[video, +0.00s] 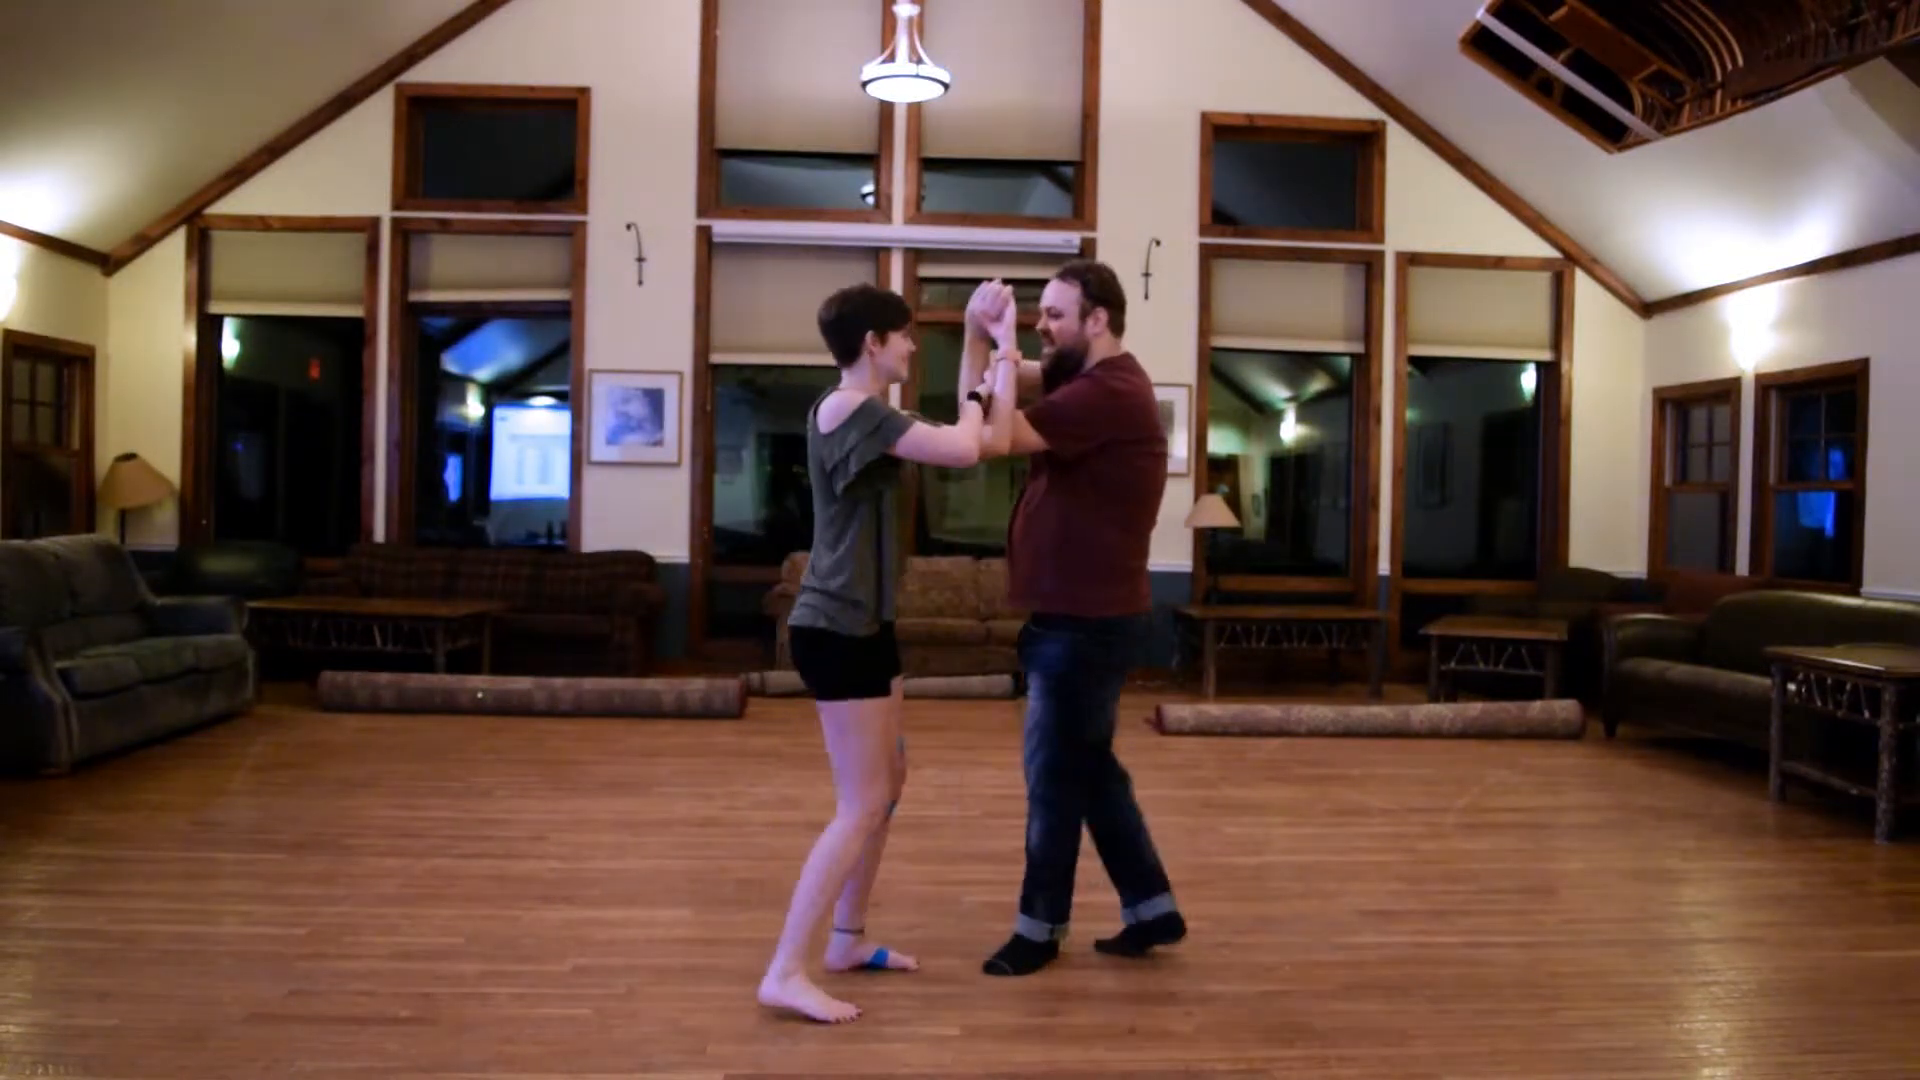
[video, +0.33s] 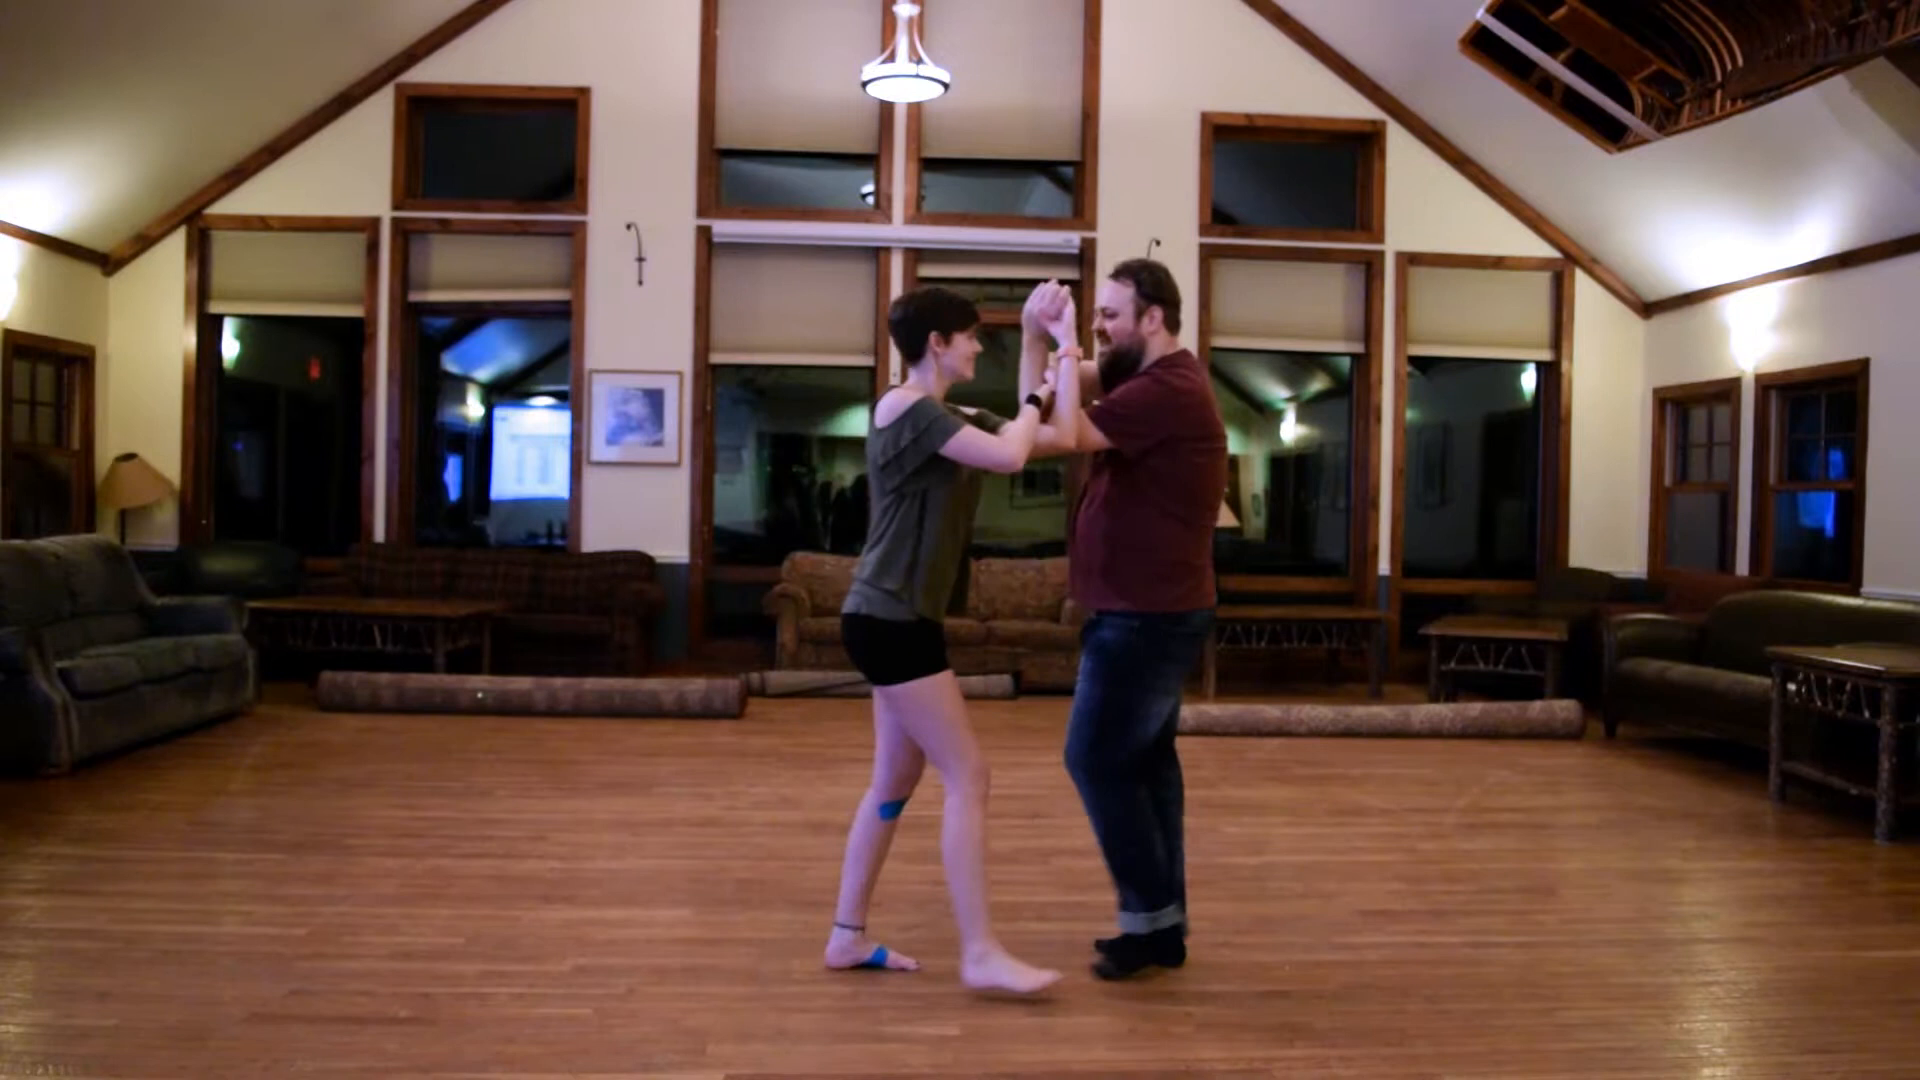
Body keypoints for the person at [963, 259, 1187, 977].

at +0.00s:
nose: (1044, 327)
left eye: (1056, 315)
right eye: (1044, 316)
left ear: (1097, 318)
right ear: (1082, 319)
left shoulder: (1111, 389)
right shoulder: (1080, 373)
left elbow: (1001, 434)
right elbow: (983, 401)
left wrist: (1002, 353)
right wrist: (984, 335)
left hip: (1085, 618)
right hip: (1068, 613)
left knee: (1051, 775)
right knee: (1089, 765)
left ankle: (1040, 927)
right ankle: (1153, 910)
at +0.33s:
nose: (1101, 328)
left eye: (1111, 315)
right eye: (1100, 315)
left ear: (1154, 318)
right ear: (1150, 321)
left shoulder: (1167, 388)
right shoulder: (1154, 381)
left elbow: (1061, 430)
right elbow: (1059, 419)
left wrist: (1054, 344)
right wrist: (1051, 343)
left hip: (1143, 614)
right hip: (1153, 610)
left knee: (1093, 755)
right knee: (1149, 760)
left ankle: (1150, 922)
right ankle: (1161, 921)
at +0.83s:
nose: (1197, 333)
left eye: (1209, 319)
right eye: (1194, 320)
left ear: (1251, 319)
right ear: (1231, 320)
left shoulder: (1277, 385)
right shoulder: (1229, 378)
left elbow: (1178, 440)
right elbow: (1147, 426)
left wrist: (1168, 358)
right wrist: (1149, 347)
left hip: (1259, 619)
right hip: (1211, 615)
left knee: (1248, 772)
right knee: (1186, 749)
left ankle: (1264, 929)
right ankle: (1241, 896)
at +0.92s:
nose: (1219, 331)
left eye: (1232, 317)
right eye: (1215, 319)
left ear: (1276, 318)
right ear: (1225, 323)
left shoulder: (1296, 385)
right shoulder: (1247, 382)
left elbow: (1196, 440)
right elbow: (1167, 426)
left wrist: (1191, 362)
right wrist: (1168, 346)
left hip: (1275, 613)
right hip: (1231, 609)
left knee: (1258, 773)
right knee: (1217, 757)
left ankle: (1260, 932)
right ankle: (1307, 878)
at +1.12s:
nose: (1264, 339)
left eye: (1278, 325)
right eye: (1259, 326)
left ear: (1320, 327)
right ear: (1261, 331)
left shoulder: (1335, 392)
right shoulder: (1297, 389)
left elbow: (1240, 443)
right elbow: (1207, 431)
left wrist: (1236, 362)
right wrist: (1206, 347)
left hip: (1307, 617)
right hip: (1291, 615)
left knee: (1274, 773)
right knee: (1334, 764)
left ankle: (1264, 935)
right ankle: (1401, 912)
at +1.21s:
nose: (1278, 343)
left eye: (1293, 329)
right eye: (1274, 330)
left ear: (1337, 329)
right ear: (1285, 333)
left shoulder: (1352, 396)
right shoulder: (1315, 389)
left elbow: (1256, 447)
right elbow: (1227, 433)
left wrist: (1254, 367)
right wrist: (1229, 350)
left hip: (1326, 627)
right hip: (1336, 622)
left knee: (1287, 780)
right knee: (1362, 772)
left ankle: (1261, 940)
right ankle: (1408, 923)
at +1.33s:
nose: (1299, 347)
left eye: (1312, 333)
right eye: (1295, 334)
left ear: (1356, 332)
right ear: (1304, 336)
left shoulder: (1373, 399)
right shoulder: (1342, 395)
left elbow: (1282, 450)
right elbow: (1254, 433)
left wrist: (1283, 370)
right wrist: (1245, 349)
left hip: (1355, 622)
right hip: (1356, 618)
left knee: (1306, 771)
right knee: (1379, 771)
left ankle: (1274, 930)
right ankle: (1411, 925)